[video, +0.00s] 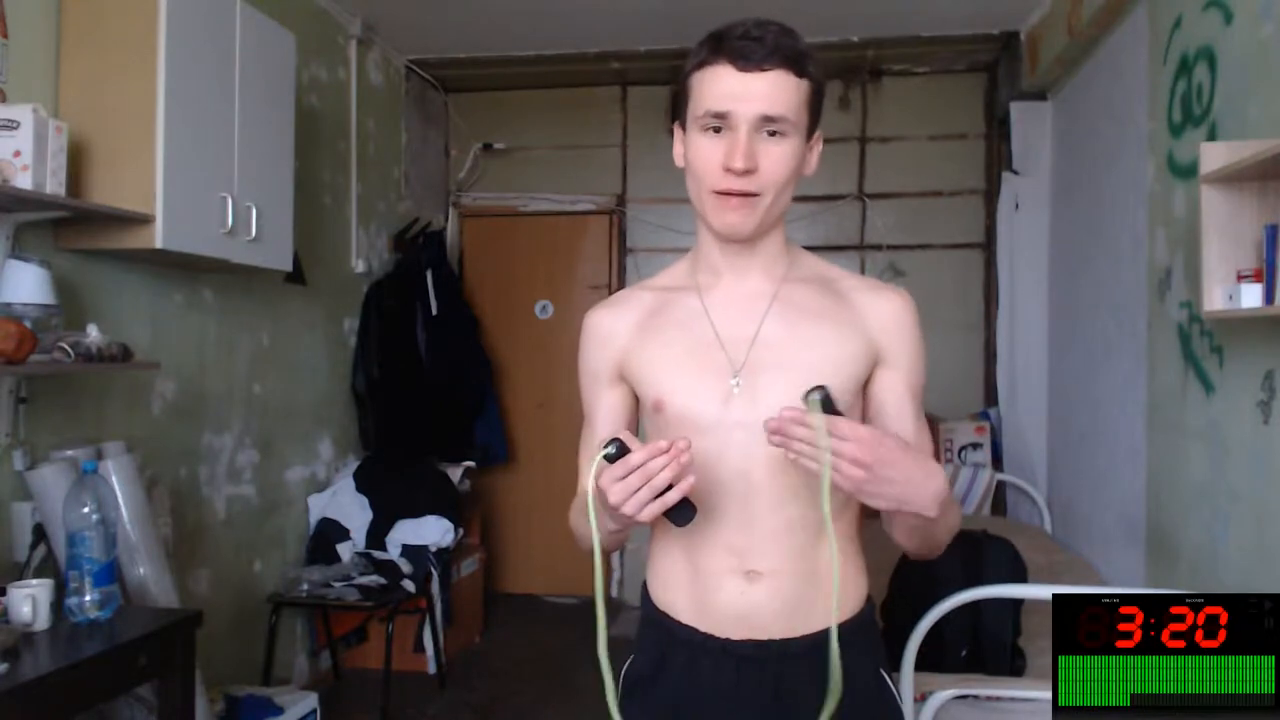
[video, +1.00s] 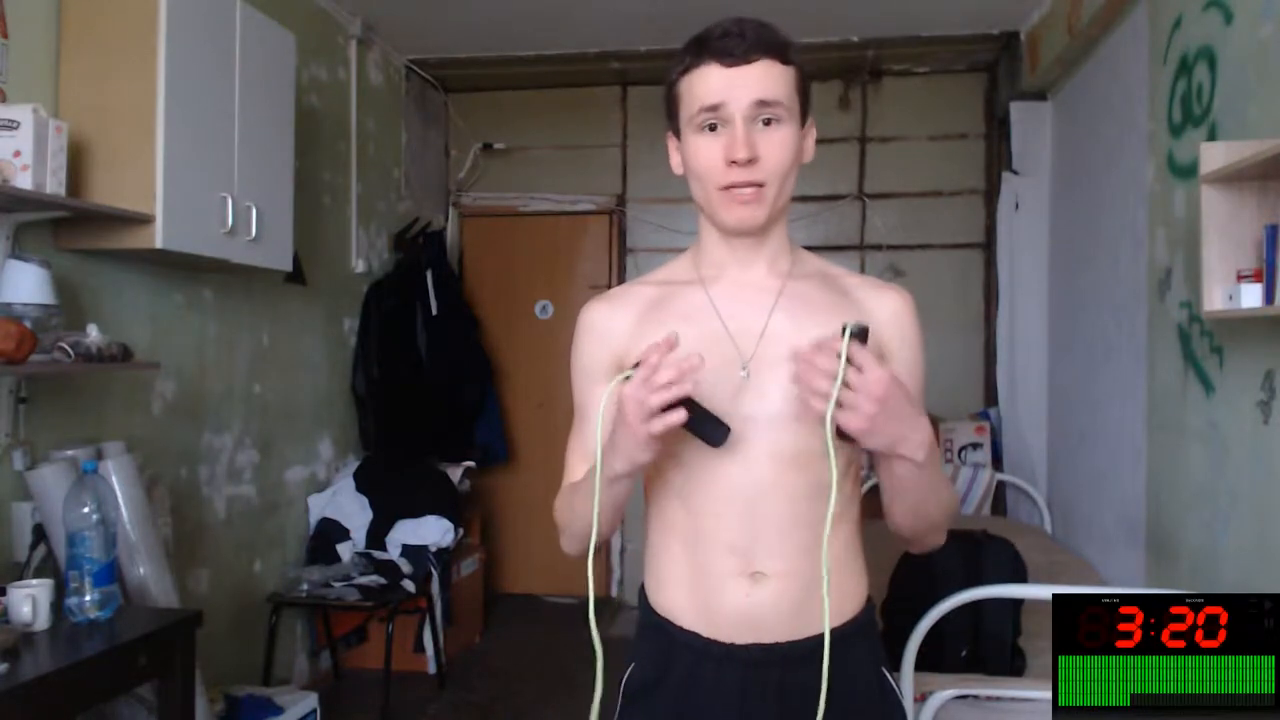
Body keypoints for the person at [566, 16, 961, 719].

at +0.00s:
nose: (739, 159)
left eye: (772, 132)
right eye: (716, 128)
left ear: (810, 155)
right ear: (679, 145)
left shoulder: (878, 314)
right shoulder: (618, 327)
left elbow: (924, 542)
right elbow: (590, 527)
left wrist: (932, 496)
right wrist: (611, 514)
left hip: (835, 671)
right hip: (678, 668)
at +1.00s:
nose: (740, 150)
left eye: (767, 120)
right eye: (712, 125)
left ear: (806, 143)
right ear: (676, 154)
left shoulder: (879, 312)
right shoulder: (614, 321)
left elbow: (923, 532)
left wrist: (910, 444)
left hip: (836, 672)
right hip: (677, 671)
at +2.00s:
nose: (728, 152)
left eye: (753, 121)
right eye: (699, 129)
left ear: (799, 139)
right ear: (670, 159)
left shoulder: (879, 314)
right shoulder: (613, 324)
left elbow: (935, 530)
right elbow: (581, 514)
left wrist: (876, 482)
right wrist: (605, 516)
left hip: (828, 674)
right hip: (672, 672)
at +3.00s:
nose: (704, 130)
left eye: (731, 108)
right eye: (677, 115)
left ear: (774, 144)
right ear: (648, 159)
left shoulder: (865, 307)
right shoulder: (604, 332)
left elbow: (924, 514)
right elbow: (577, 521)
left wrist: (798, 499)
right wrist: (638, 543)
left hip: (820, 676)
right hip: (665, 678)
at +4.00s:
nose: (730, 144)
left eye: (756, 119)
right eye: (701, 119)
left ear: (789, 150)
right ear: (660, 149)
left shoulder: (871, 302)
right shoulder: (607, 329)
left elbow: (933, 528)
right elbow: (588, 488)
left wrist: (849, 389)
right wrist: (602, 537)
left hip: (829, 668)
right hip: (676, 671)